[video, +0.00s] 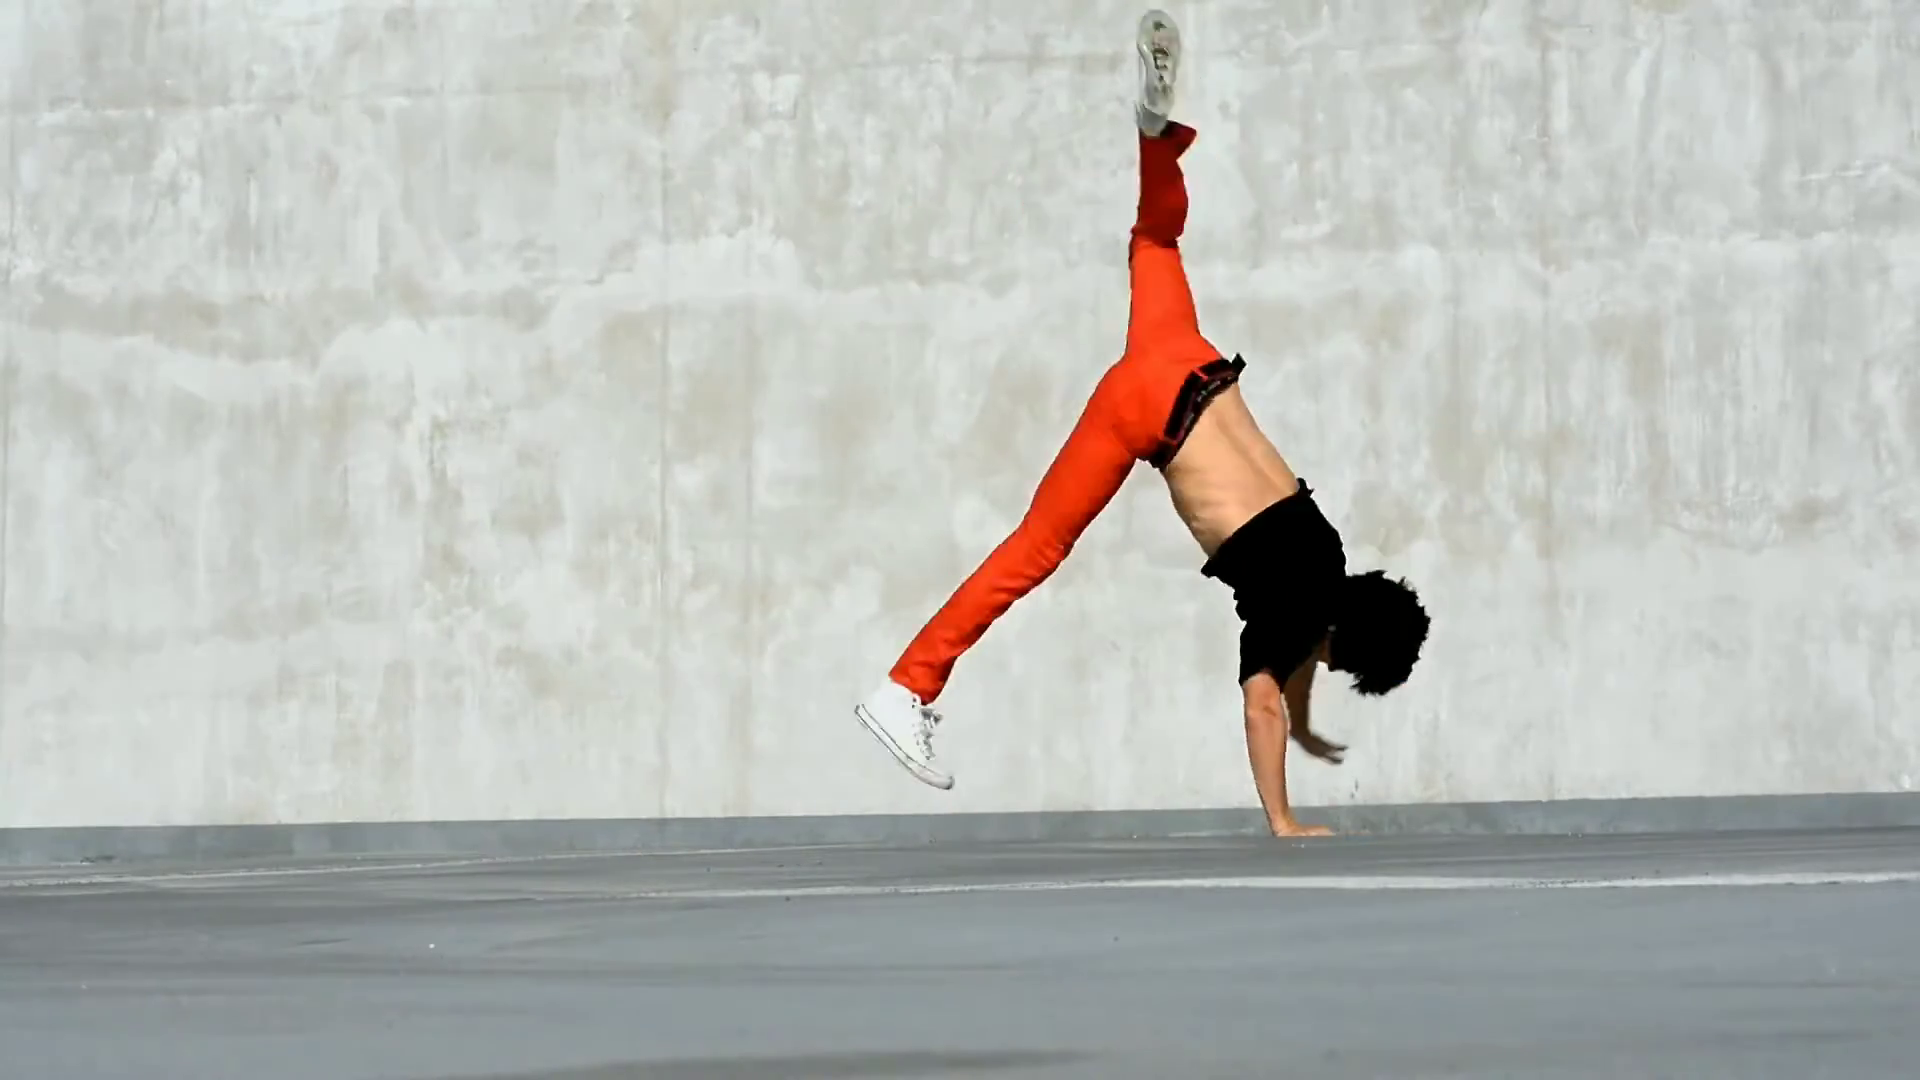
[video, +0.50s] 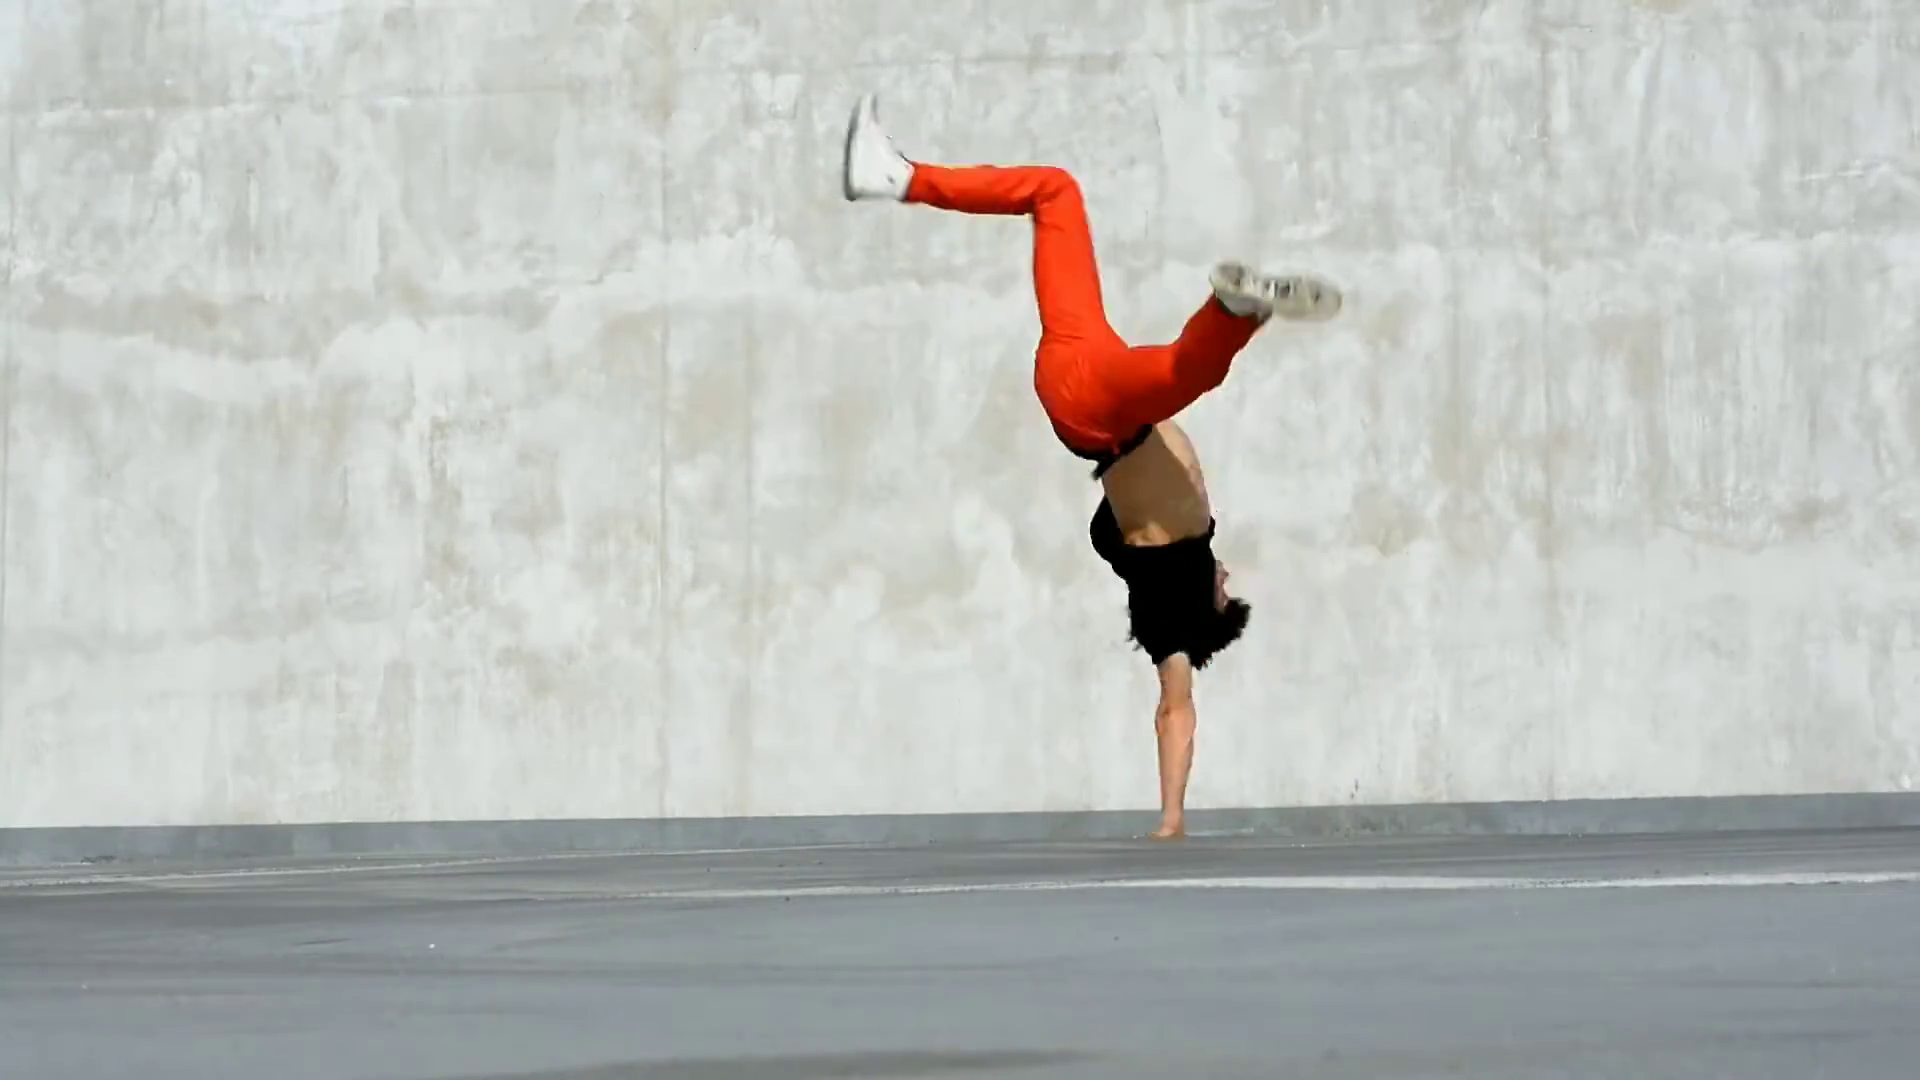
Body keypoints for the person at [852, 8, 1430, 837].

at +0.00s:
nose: (1345, 677)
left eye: (1355, 672)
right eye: (1355, 670)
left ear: (1362, 609)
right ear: (1345, 644)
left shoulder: (1326, 579)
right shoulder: (1282, 613)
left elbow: (1300, 659)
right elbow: (1261, 716)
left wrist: (1303, 728)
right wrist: (1281, 821)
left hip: (1187, 363)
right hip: (1142, 401)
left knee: (1158, 239)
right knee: (1033, 554)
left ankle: (1158, 132)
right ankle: (904, 693)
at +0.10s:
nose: (1323, 691)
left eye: (1338, 689)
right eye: (1339, 684)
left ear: (1329, 641)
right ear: (1338, 651)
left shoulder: (1250, 618)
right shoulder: (1297, 612)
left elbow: (1201, 709)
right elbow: (1279, 707)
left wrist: (1173, 814)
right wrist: (1283, 820)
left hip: (1162, 377)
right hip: (1189, 389)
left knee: (1048, 310)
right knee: (1092, 471)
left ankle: (1012, 160)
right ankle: (994, 527)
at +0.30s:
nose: (1252, 687)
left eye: (1255, 689)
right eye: (1266, 686)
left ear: (1243, 674)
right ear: (1280, 658)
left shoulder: (1155, 635)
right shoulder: (1283, 604)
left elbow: (1150, 731)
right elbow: (1312, 668)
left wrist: (1158, 830)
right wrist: (1324, 764)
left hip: (1076, 400)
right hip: (1158, 384)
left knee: (1007, 526)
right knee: (1252, 300)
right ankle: (1216, 135)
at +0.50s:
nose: (1226, 574)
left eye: (1221, 586)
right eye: (1231, 583)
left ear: (1210, 602)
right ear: (1222, 597)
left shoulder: (1174, 606)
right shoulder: (1170, 557)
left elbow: (1177, 712)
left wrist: (1172, 820)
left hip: (1089, 400)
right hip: (1072, 356)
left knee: (1187, 374)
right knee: (1054, 189)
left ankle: (1240, 305)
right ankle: (900, 176)